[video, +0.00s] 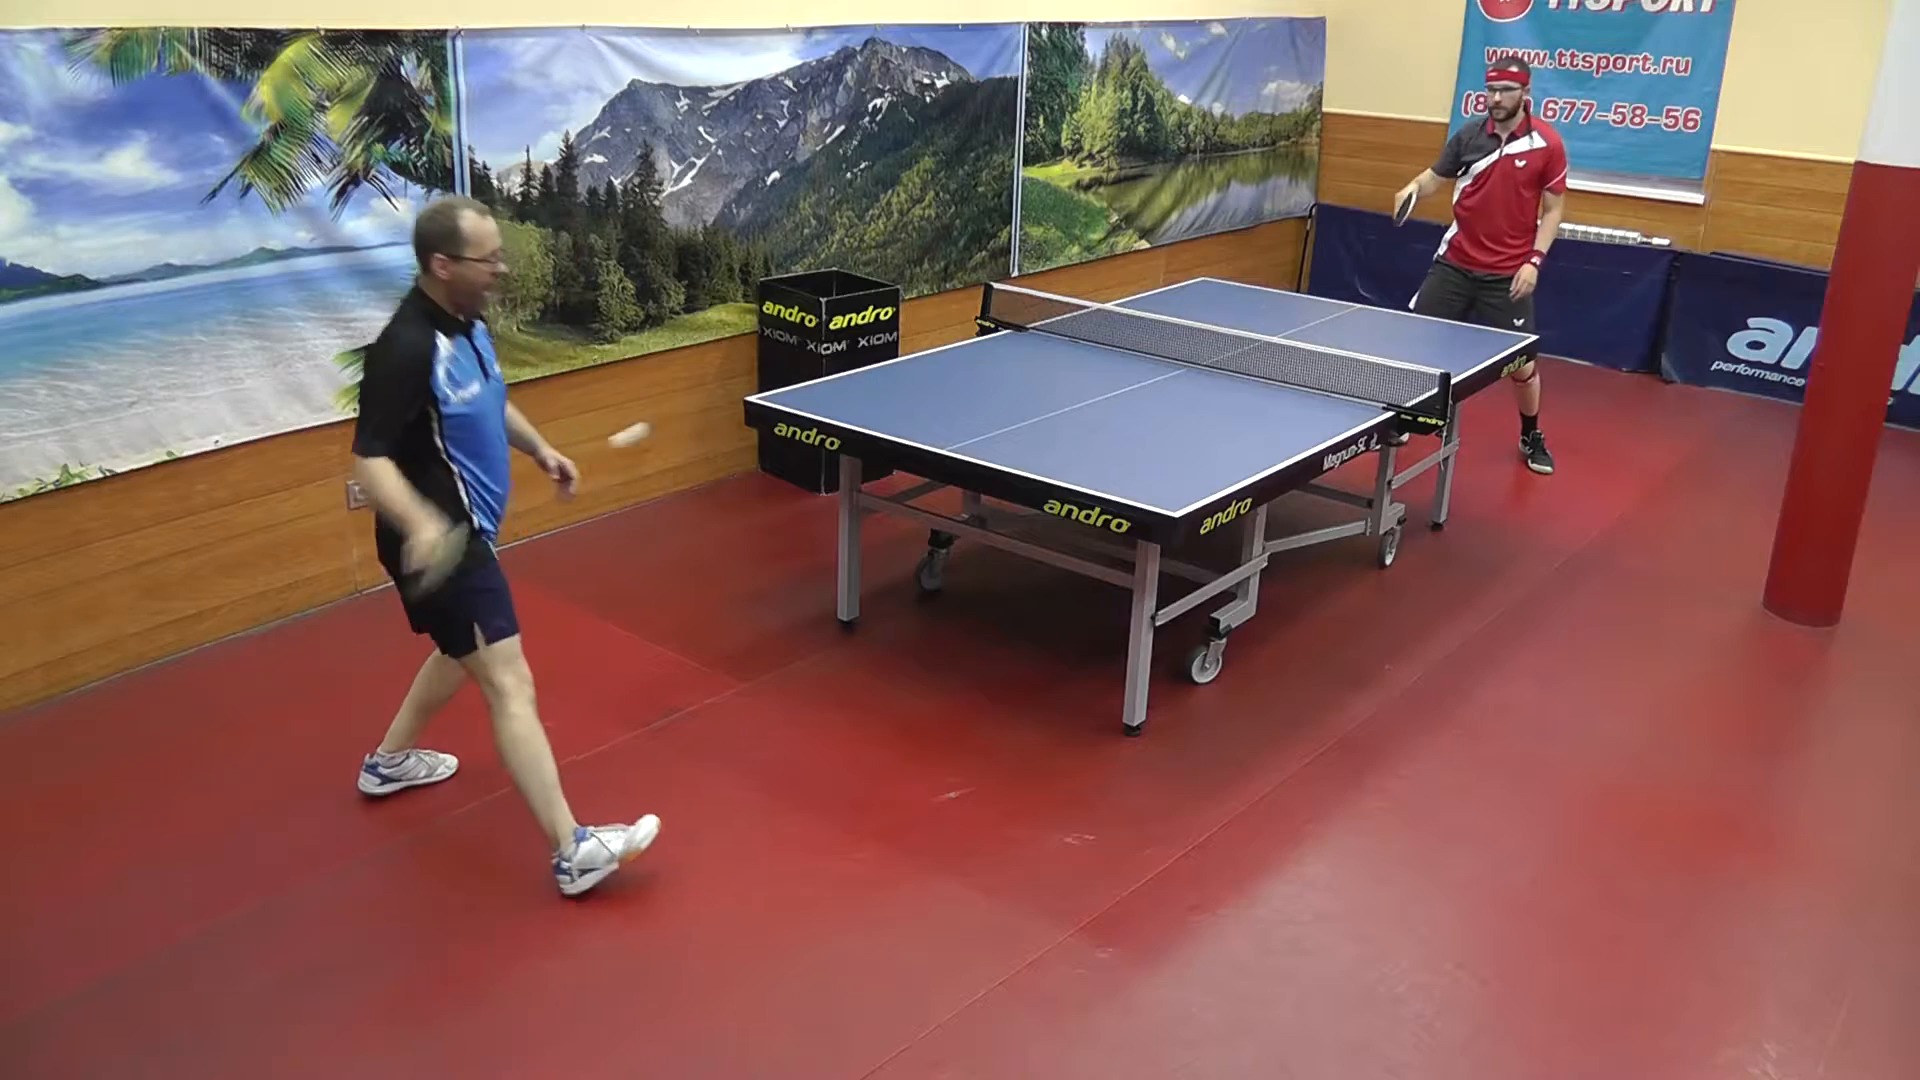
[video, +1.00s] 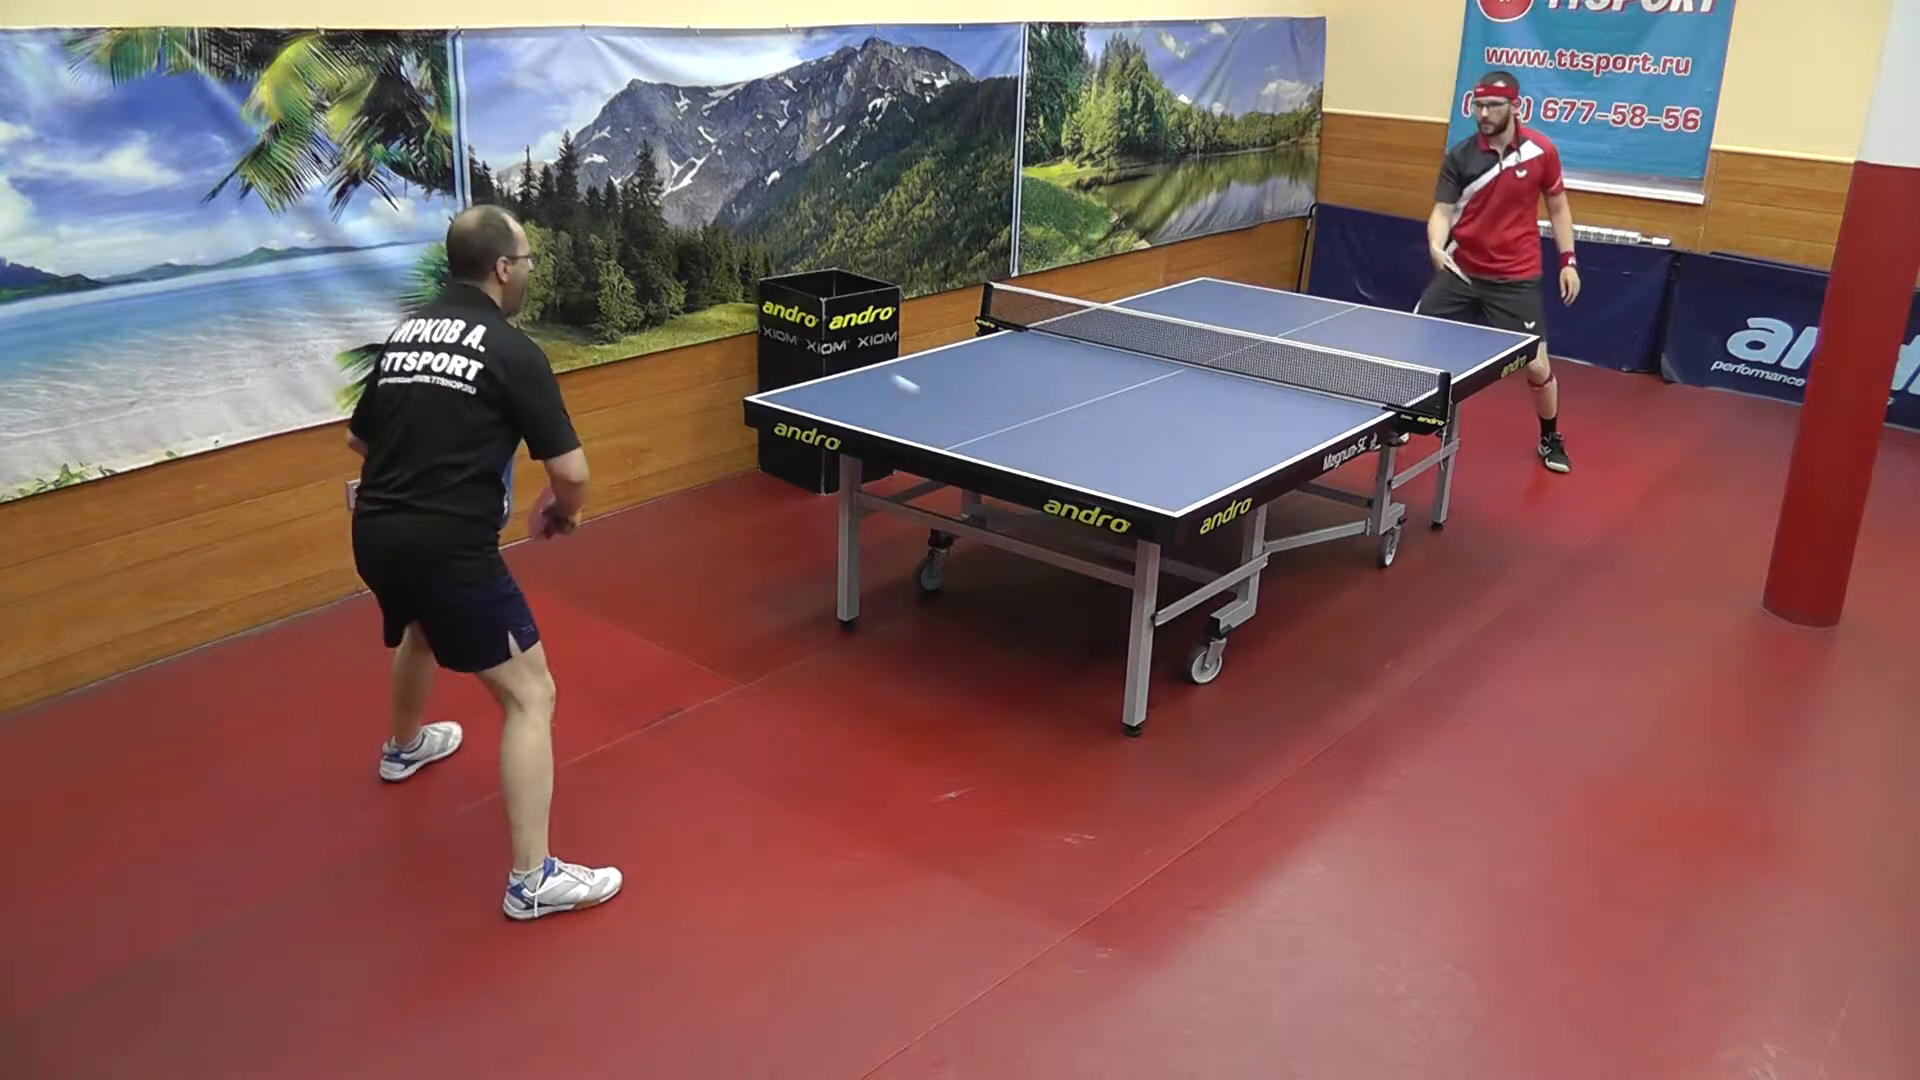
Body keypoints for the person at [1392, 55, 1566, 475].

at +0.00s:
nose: (1495, 99)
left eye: (1505, 91)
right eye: (1490, 90)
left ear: (1524, 94)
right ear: (1485, 92)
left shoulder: (1547, 144)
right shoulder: (1469, 134)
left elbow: (1553, 210)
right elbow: (1437, 175)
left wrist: (1534, 262)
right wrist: (1415, 187)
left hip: (1508, 276)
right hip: (1454, 265)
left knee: (1523, 366)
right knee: (1414, 338)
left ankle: (1531, 437)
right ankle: (1401, 414)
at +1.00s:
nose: (1484, 114)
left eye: (1493, 106)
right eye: (1479, 106)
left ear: (1514, 107)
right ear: (1472, 107)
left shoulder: (1541, 153)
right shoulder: (1460, 156)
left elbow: (1558, 207)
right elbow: (1443, 211)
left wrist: (1568, 262)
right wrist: (1436, 247)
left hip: (1516, 281)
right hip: (1459, 274)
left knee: (1537, 368)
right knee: (1415, 342)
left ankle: (1550, 437)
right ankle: (1414, 410)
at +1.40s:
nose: (1506, 111)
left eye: (1515, 104)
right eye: (1502, 103)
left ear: (1538, 105)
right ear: (1498, 104)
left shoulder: (1566, 153)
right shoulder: (1489, 151)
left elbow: (1577, 216)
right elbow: (1465, 197)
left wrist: (1556, 267)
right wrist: (1442, 222)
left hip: (1533, 280)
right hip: (1480, 270)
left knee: (1540, 372)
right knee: (1436, 340)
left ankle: (1550, 439)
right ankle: (1420, 411)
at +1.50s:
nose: (1504, 113)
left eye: (1514, 105)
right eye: (1500, 104)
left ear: (1534, 106)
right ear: (1494, 104)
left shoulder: (1561, 154)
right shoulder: (1484, 151)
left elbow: (1573, 216)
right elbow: (1457, 193)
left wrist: (1553, 267)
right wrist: (1442, 216)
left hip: (1531, 280)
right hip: (1478, 270)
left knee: (1539, 372)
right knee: (1431, 337)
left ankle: (1550, 438)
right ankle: (1417, 411)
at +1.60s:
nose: (1503, 119)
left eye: (1513, 111)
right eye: (1498, 110)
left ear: (1532, 111)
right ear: (1492, 109)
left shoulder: (1560, 155)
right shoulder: (1482, 153)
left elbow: (1573, 215)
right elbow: (1446, 201)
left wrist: (1564, 268)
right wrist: (1449, 221)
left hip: (1533, 282)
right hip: (1478, 271)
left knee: (1543, 370)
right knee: (1428, 337)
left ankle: (1551, 439)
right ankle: (1411, 412)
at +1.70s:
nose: (1504, 125)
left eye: (1513, 117)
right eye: (1498, 116)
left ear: (1532, 114)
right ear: (1492, 114)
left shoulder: (1559, 155)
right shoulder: (1480, 157)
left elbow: (1579, 210)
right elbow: (1436, 204)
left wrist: (1583, 263)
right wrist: (1440, 219)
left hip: (1535, 280)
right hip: (1477, 273)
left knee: (1547, 368)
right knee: (1429, 341)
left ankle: (1551, 438)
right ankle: (1409, 412)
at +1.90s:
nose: (1507, 119)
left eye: (1515, 111)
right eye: (1501, 110)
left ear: (1534, 107)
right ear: (1494, 109)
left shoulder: (1558, 147)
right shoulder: (1481, 152)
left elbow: (1579, 197)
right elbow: (1449, 198)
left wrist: (1601, 247)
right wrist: (1428, 227)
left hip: (1534, 275)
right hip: (1476, 269)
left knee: (1549, 365)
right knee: (1429, 342)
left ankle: (1551, 438)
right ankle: (1404, 416)